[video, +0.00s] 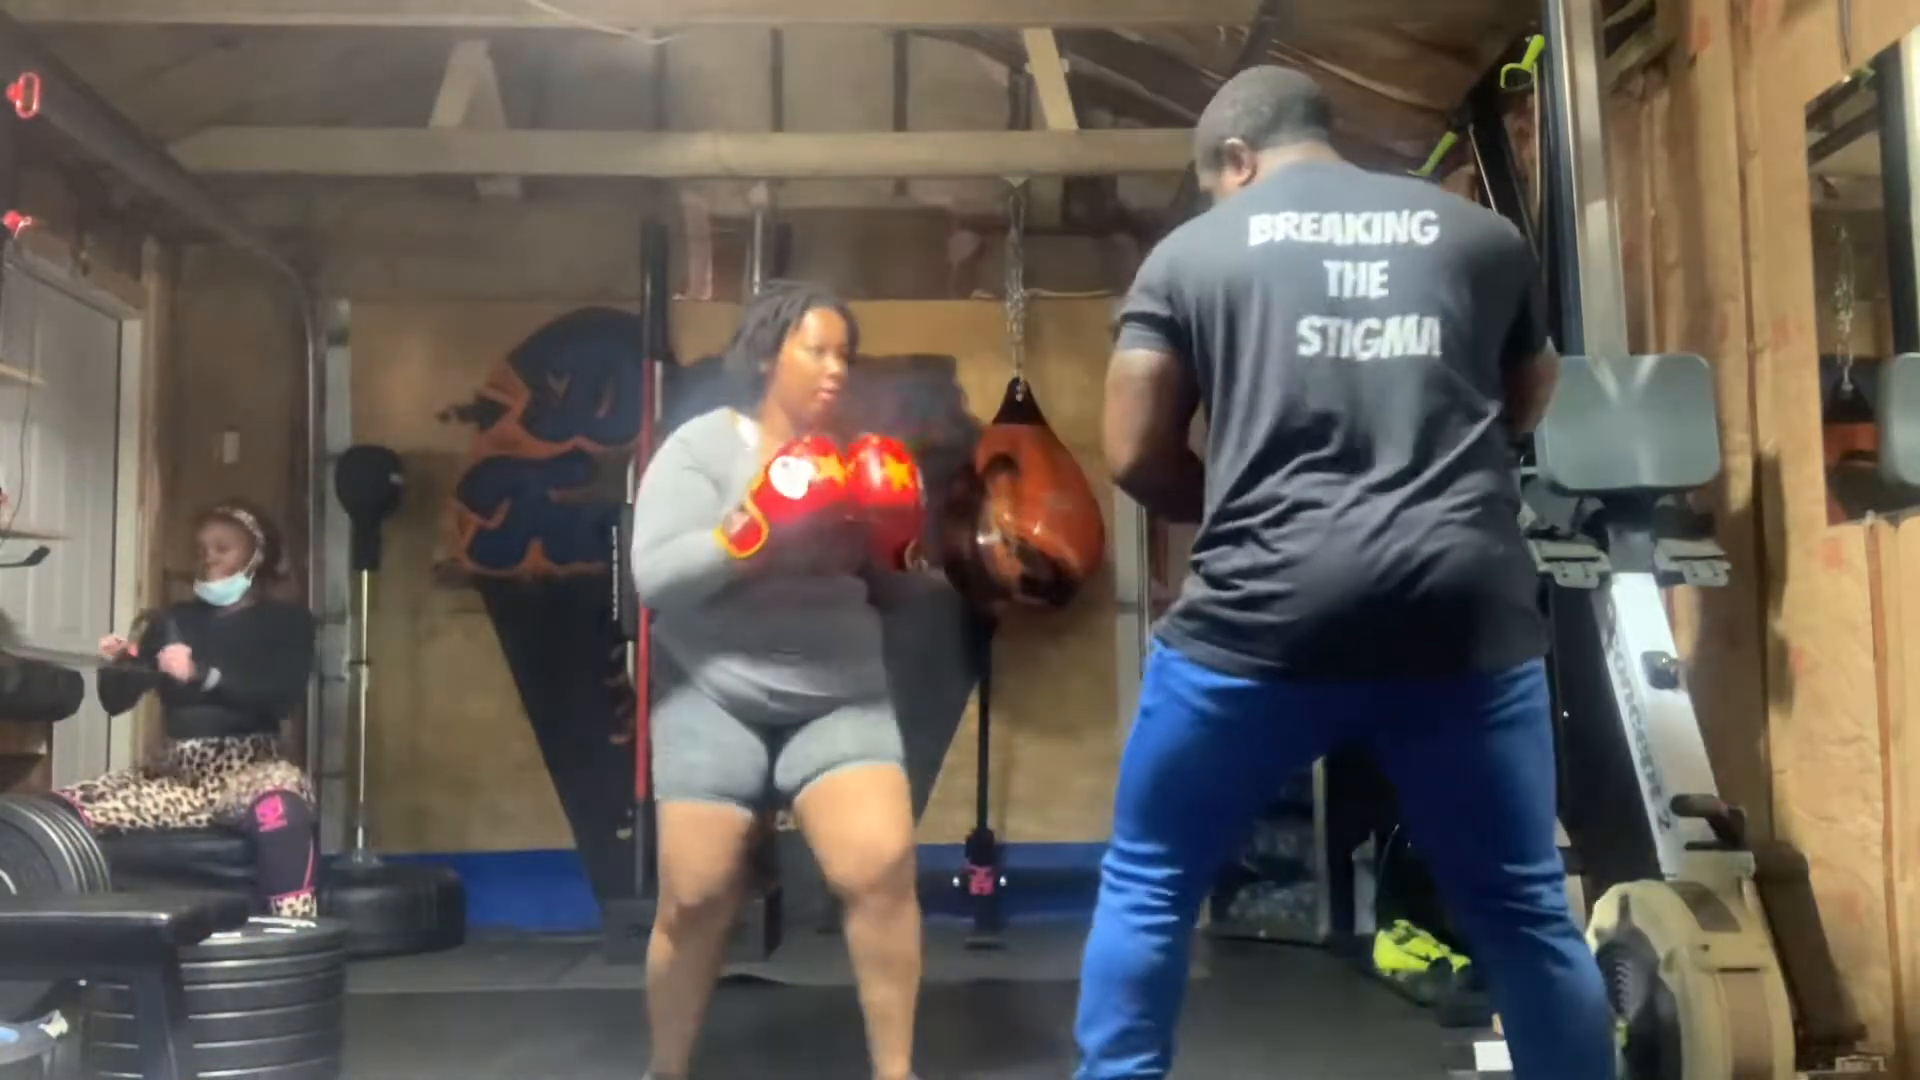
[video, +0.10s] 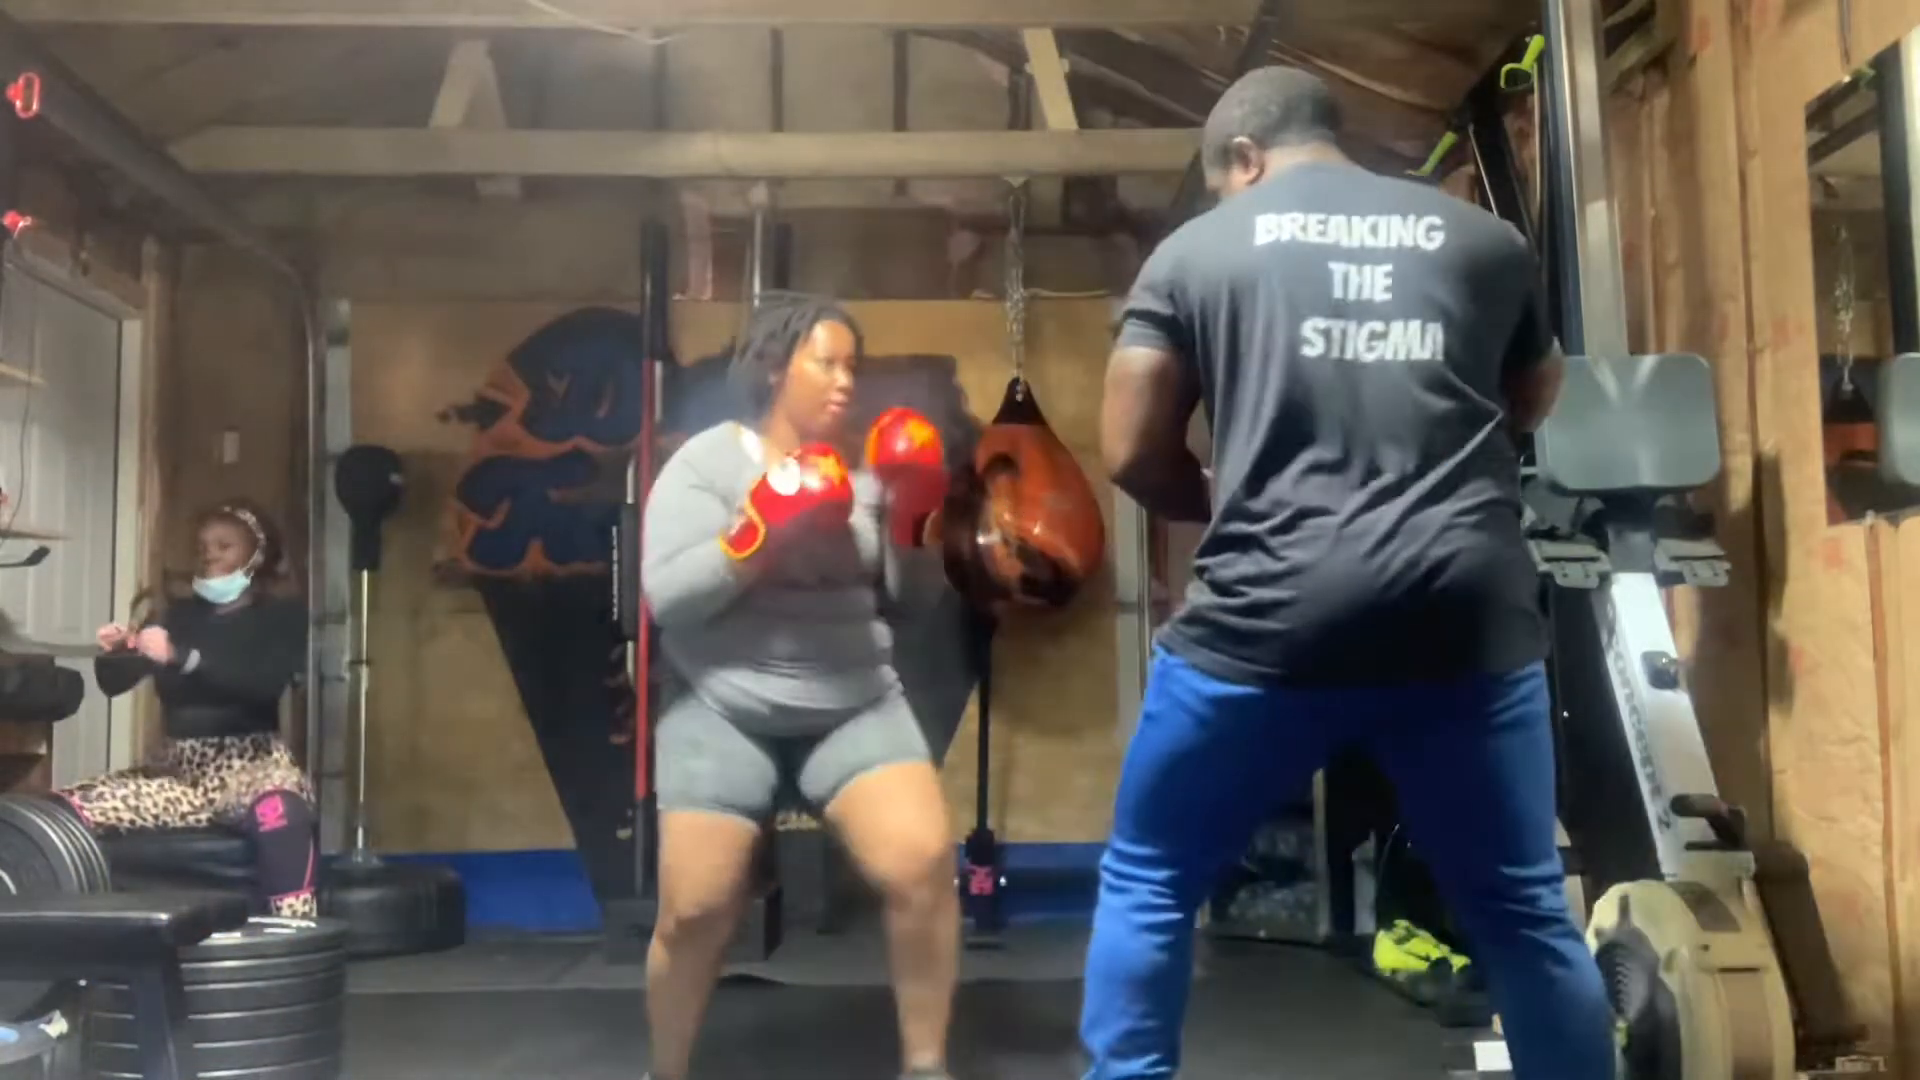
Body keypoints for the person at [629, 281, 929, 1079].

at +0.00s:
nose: (835, 371)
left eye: (844, 357)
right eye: (819, 352)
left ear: (850, 368)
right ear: (767, 354)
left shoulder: (856, 456)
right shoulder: (700, 445)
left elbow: (898, 583)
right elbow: (655, 574)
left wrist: (894, 533)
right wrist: (755, 528)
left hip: (843, 697)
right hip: (711, 695)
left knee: (880, 866)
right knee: (697, 892)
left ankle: (894, 1071)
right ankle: (668, 1071)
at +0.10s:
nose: (844, 382)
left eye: (851, 368)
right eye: (827, 363)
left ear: (857, 378)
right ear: (774, 365)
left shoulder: (866, 471)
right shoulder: (707, 460)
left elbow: (915, 600)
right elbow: (666, 589)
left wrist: (914, 513)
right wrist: (755, 536)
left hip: (860, 703)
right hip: (722, 704)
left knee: (923, 864)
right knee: (697, 906)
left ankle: (925, 1066)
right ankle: (667, 1072)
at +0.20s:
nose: (876, 381)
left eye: (883, 367)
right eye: (857, 363)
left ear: (891, 379)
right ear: (802, 366)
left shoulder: (905, 466)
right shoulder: (746, 452)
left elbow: (955, 575)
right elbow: (709, 572)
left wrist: (955, 463)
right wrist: (806, 475)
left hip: (884, 707)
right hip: (745, 706)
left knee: (965, 887)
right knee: (707, 915)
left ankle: (1044, 1073)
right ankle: (666, 1069)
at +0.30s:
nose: (922, 374)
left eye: (929, 360)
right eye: (904, 356)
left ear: (938, 376)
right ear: (851, 364)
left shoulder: (951, 466)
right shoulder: (798, 437)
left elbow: (1014, 566)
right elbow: (800, 486)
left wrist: (1009, 460)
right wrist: (910, 413)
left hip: (929, 706)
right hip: (790, 697)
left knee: (999, 889)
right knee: (738, 917)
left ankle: (1089, 1059)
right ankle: (664, 1068)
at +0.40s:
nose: (978, 354)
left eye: (990, 343)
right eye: (960, 335)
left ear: (1010, 361)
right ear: (918, 347)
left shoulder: (1028, 464)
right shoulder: (870, 421)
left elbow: (1085, 556)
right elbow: (941, 421)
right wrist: (1024, 327)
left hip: (997, 709)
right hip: (861, 696)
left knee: (1062, 888)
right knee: (776, 905)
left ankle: (1120, 1072)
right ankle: (669, 1058)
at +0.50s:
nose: (1018, 348)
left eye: (1031, 331)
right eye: (1001, 330)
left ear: (1055, 336)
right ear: (960, 340)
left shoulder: (1080, 421)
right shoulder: (917, 416)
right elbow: (892, 496)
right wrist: (994, 420)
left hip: (1047, 687)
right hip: (917, 685)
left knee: (1092, 899)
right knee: (850, 878)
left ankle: (1124, 1073)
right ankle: (751, 1056)